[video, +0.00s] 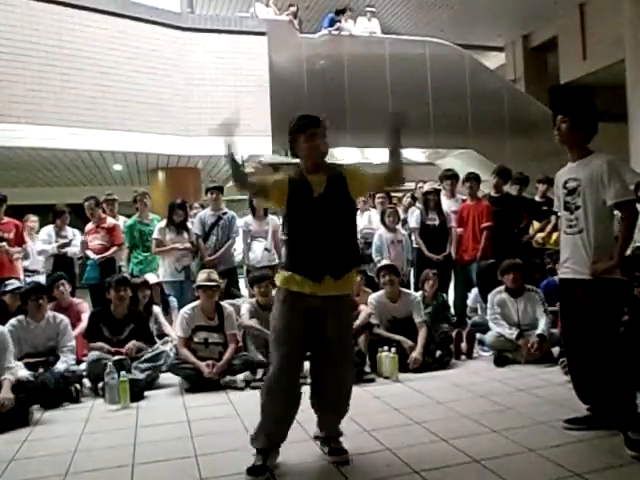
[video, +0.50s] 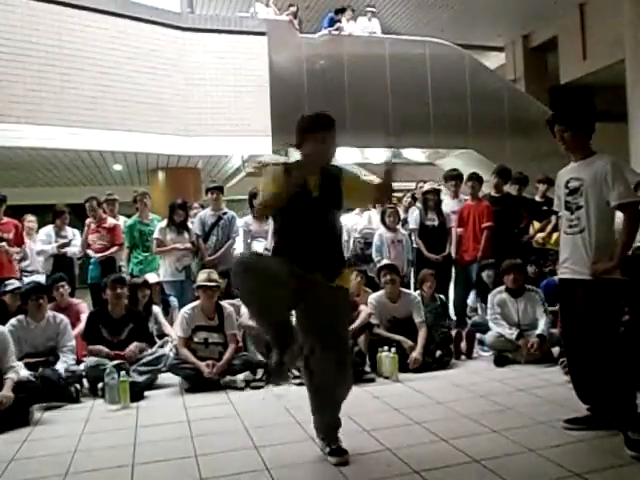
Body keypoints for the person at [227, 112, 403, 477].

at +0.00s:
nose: (317, 142)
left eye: (320, 136)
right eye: (309, 137)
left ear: (328, 141)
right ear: (295, 145)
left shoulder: (348, 178)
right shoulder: (285, 183)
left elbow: (391, 176)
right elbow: (250, 185)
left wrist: (397, 148)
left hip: (339, 291)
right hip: (294, 290)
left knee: (337, 369)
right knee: (281, 372)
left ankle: (329, 432)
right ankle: (266, 450)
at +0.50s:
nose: (325, 147)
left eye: (329, 140)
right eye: (318, 140)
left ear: (334, 144)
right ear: (301, 143)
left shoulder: (339, 179)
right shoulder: (279, 175)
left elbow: (377, 197)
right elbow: (259, 214)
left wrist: (385, 183)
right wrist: (289, 187)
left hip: (326, 281)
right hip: (283, 274)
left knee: (332, 364)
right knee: (245, 268)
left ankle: (328, 434)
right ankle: (284, 343)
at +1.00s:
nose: (287, 177)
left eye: (293, 170)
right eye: (280, 170)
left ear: (301, 171)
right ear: (266, 169)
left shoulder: (311, 200)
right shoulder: (249, 199)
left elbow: (360, 208)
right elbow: (205, 221)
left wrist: (336, 235)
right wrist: (222, 224)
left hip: (306, 292)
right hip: (266, 296)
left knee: (328, 307)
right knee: (275, 374)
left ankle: (324, 397)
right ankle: (277, 451)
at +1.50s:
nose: (273, 176)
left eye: (280, 169)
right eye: (267, 168)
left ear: (289, 167)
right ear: (254, 163)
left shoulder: (300, 191)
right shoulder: (231, 195)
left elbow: (320, 230)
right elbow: (210, 238)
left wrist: (332, 230)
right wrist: (200, 232)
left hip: (295, 288)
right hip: (254, 293)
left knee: (309, 352)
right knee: (268, 369)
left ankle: (308, 427)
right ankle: (276, 449)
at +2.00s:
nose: (275, 150)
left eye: (282, 142)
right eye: (268, 142)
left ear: (292, 141)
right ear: (256, 140)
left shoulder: (305, 166)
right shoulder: (237, 170)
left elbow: (348, 159)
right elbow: (191, 161)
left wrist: (359, 144)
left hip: (299, 281)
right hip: (255, 285)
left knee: (306, 363)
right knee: (265, 365)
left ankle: (303, 442)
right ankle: (274, 444)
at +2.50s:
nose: (279, 140)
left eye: (286, 134)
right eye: (272, 133)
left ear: (295, 137)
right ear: (257, 134)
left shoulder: (307, 175)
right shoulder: (238, 173)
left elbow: (318, 223)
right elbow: (208, 218)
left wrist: (335, 243)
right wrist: (197, 264)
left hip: (297, 275)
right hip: (256, 276)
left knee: (304, 357)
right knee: (267, 346)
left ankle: (282, 434)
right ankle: (267, 400)